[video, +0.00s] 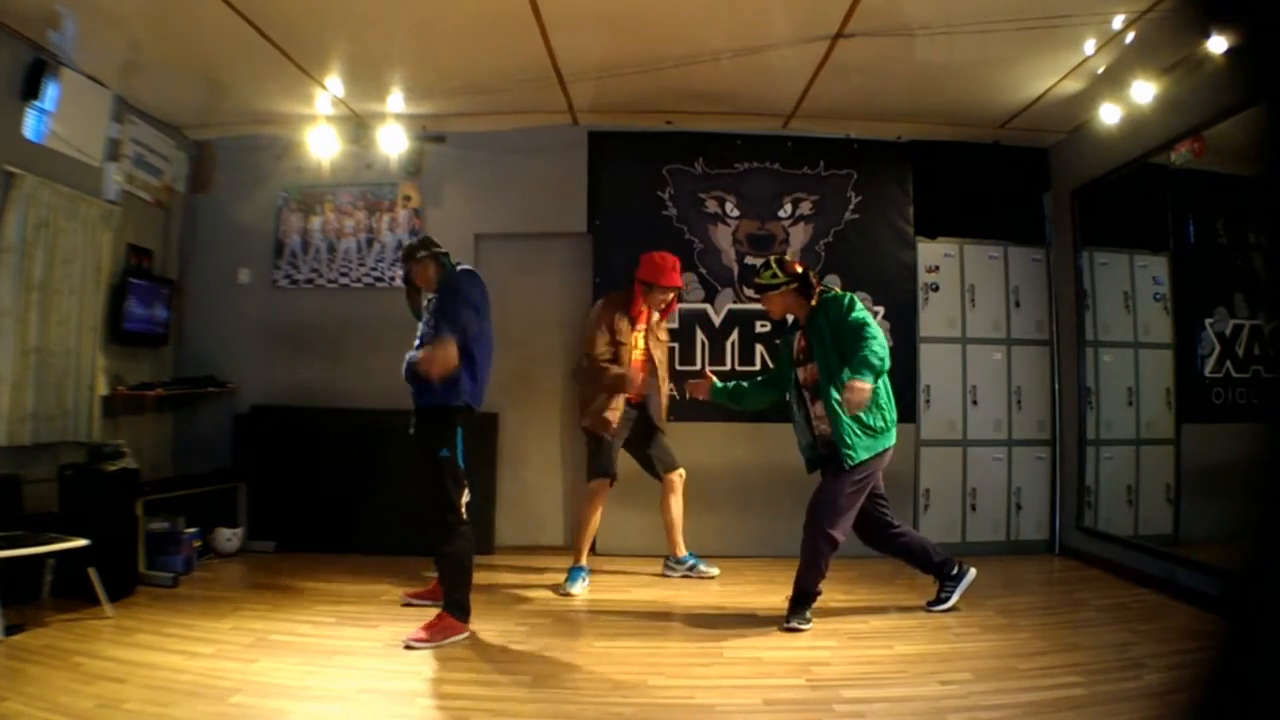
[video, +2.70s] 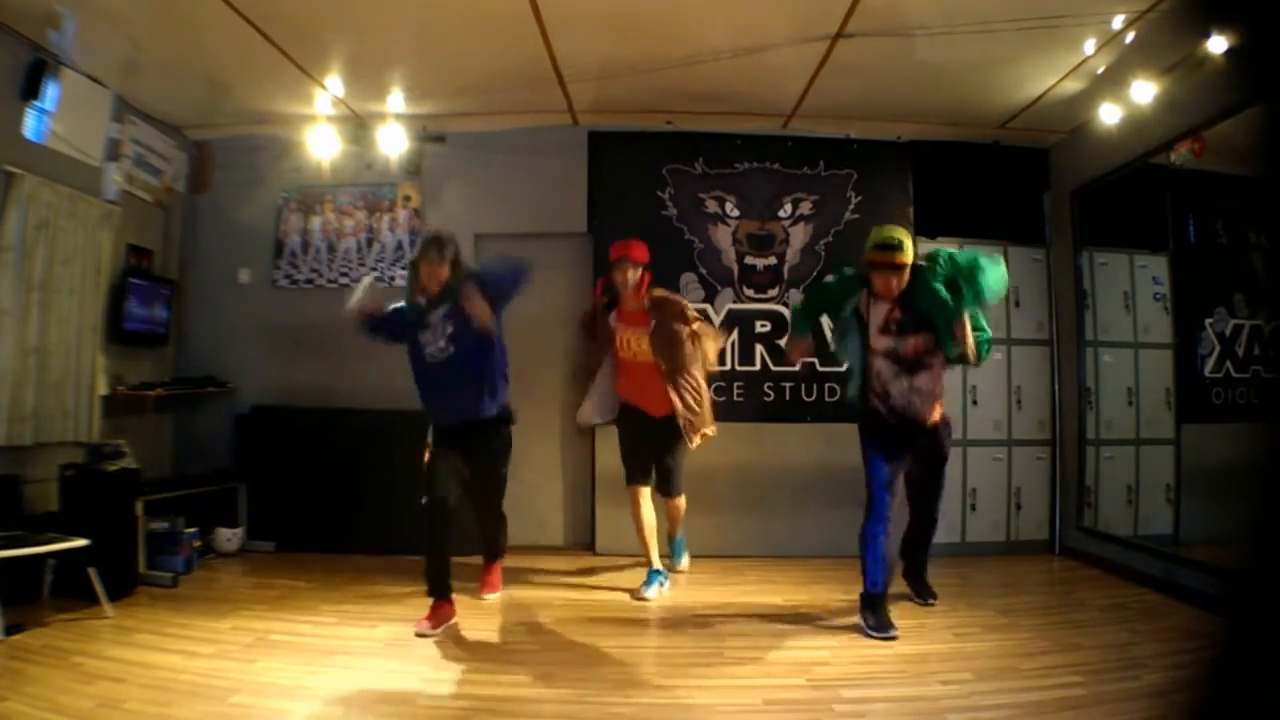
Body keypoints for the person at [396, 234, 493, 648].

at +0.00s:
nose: (415, 282)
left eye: (415, 272)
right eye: (411, 275)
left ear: (429, 263)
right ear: (426, 266)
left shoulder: (461, 285)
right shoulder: (445, 292)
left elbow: (445, 356)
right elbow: (424, 344)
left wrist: (412, 359)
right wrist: (427, 359)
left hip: (452, 413)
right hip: (435, 412)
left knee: (454, 509)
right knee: (439, 501)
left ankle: (456, 614)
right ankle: (445, 582)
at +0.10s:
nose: (413, 282)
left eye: (414, 273)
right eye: (409, 275)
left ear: (430, 264)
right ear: (419, 270)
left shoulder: (465, 289)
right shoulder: (433, 301)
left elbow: (477, 343)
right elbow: (422, 351)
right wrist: (410, 382)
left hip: (455, 415)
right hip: (429, 414)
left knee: (455, 508)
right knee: (433, 499)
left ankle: (456, 614)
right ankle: (443, 581)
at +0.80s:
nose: (470, 263)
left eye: (478, 255)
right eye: (463, 254)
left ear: (487, 257)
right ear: (447, 251)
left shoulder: (496, 302)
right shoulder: (416, 290)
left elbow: (502, 366)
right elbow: (393, 349)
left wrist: (494, 419)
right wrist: (394, 406)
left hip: (472, 413)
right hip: (427, 410)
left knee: (470, 505)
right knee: (433, 498)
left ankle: (470, 597)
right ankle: (447, 581)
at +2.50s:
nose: (440, 256)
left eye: (448, 248)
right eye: (433, 248)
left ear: (464, 248)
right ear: (423, 252)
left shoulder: (489, 288)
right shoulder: (420, 293)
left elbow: (507, 349)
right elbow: (416, 348)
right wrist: (377, 375)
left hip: (486, 404)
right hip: (443, 404)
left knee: (475, 486)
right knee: (431, 474)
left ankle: (477, 573)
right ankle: (437, 537)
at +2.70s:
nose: (430, 274)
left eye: (437, 266)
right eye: (424, 266)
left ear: (452, 267)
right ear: (416, 268)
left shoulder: (477, 294)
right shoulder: (412, 315)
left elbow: (518, 272)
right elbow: (382, 326)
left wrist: (478, 284)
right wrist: (366, 315)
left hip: (488, 421)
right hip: (445, 425)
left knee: (486, 501)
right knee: (438, 508)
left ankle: (493, 563)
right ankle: (441, 600)